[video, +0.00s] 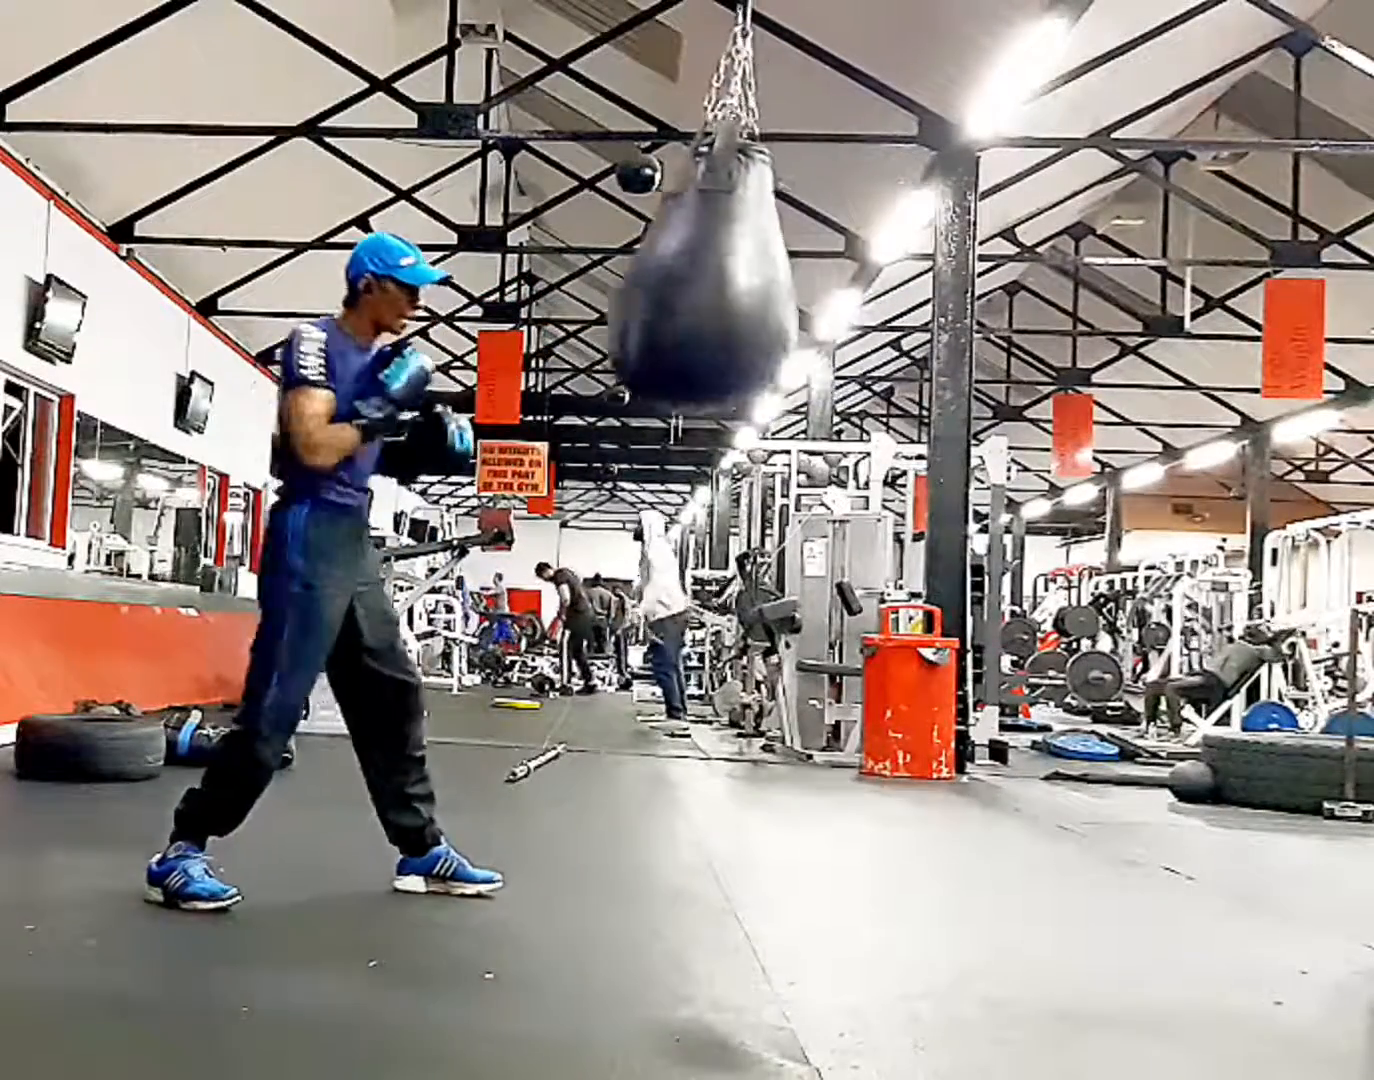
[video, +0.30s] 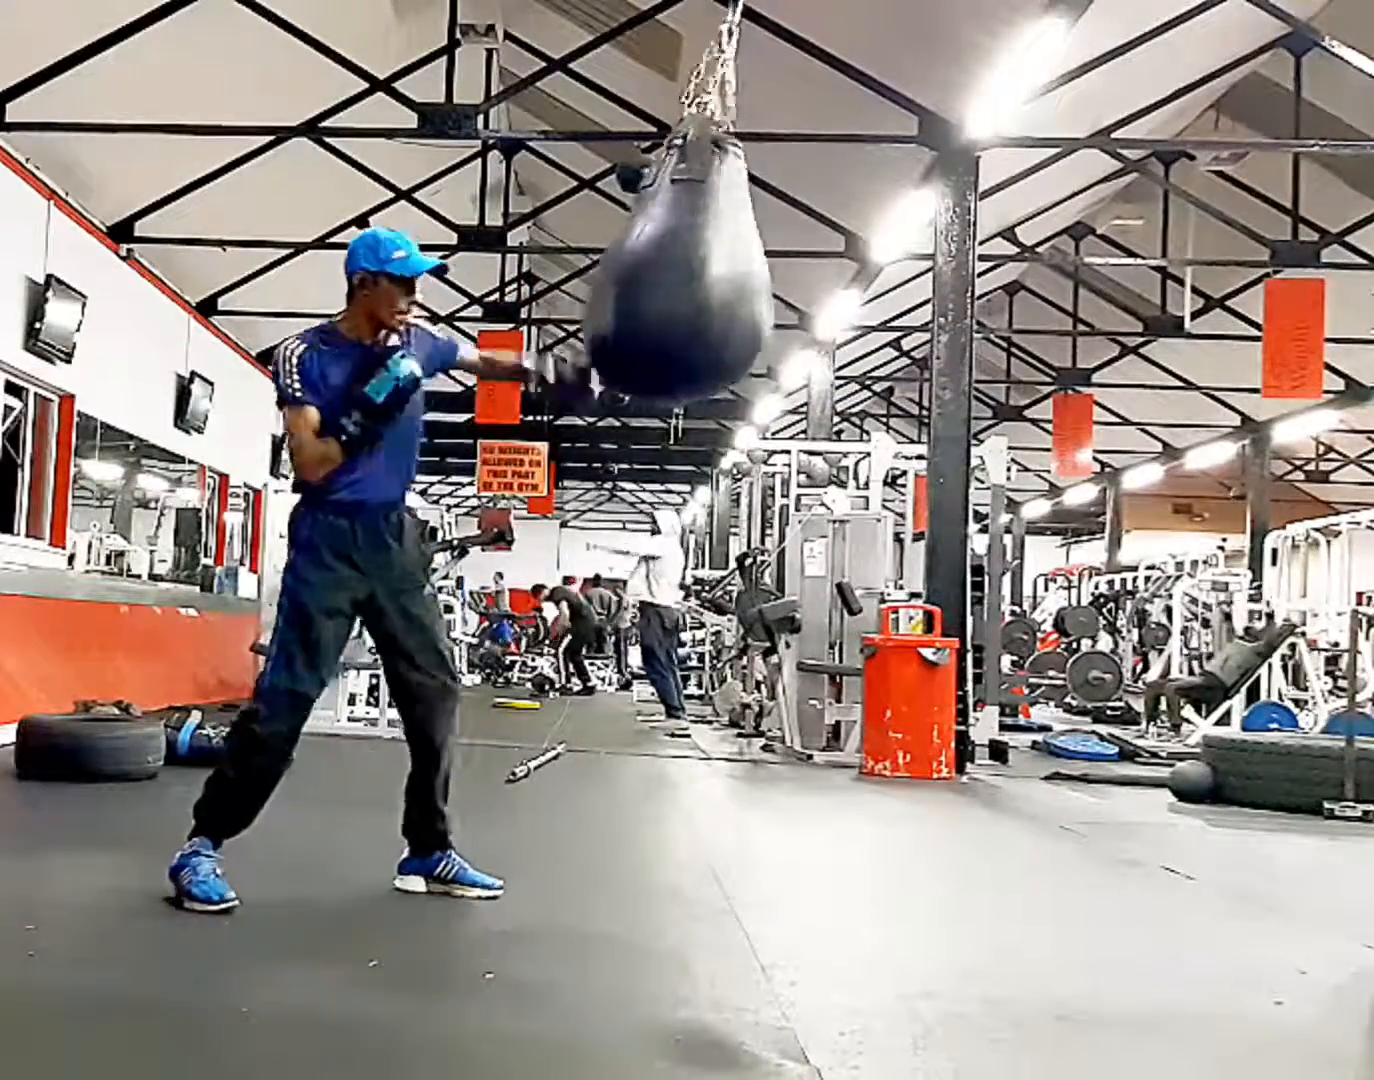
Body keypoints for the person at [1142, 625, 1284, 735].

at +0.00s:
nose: (1248, 634)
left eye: (1253, 632)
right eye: (1248, 630)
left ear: (1259, 637)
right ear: (1246, 633)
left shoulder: (1259, 651)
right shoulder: (1235, 645)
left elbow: (1279, 656)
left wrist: (1274, 642)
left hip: (1218, 682)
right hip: (1204, 674)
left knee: (1172, 688)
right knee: (1152, 688)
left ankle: (1175, 731)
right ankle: (1147, 727)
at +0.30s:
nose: (1252, 629)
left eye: (1258, 628)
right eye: (1252, 627)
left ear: (1260, 636)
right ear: (1248, 631)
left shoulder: (1258, 651)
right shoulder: (1234, 643)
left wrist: (1270, 617)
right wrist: (1226, 618)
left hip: (1218, 684)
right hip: (1203, 677)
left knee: (1172, 688)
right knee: (1152, 687)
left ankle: (1175, 731)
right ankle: (1147, 728)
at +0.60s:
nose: (1249, 630)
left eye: (1253, 629)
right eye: (1247, 628)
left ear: (1258, 635)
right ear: (1244, 632)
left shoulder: (1257, 651)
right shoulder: (1235, 643)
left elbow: (1269, 631)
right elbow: (1231, 625)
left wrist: (1270, 610)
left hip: (1218, 684)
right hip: (1203, 677)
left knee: (1172, 688)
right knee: (1152, 687)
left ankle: (1175, 731)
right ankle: (1148, 727)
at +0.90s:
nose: (1256, 634)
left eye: (1258, 633)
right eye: (1256, 632)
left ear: (1258, 638)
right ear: (1251, 635)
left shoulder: (1260, 650)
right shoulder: (1235, 644)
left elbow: (1279, 659)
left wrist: (1276, 642)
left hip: (1217, 682)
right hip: (1201, 674)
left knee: (1172, 688)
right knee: (1152, 687)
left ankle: (1175, 731)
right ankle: (1148, 727)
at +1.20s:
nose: (1255, 630)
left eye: (1259, 629)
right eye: (1254, 627)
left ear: (1262, 636)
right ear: (1249, 631)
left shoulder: (1257, 650)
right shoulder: (1237, 644)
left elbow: (1277, 650)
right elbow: (1218, 651)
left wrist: (1275, 636)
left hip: (1216, 682)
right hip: (1201, 674)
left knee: (1171, 687)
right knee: (1151, 687)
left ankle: (1175, 731)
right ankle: (1147, 728)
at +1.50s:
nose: (1248, 631)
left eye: (1253, 630)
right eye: (1248, 630)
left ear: (1258, 637)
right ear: (1246, 632)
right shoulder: (1234, 642)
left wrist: (1266, 637)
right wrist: (1225, 608)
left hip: (1217, 682)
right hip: (1203, 676)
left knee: (1172, 688)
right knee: (1153, 687)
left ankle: (1175, 731)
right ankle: (1147, 728)